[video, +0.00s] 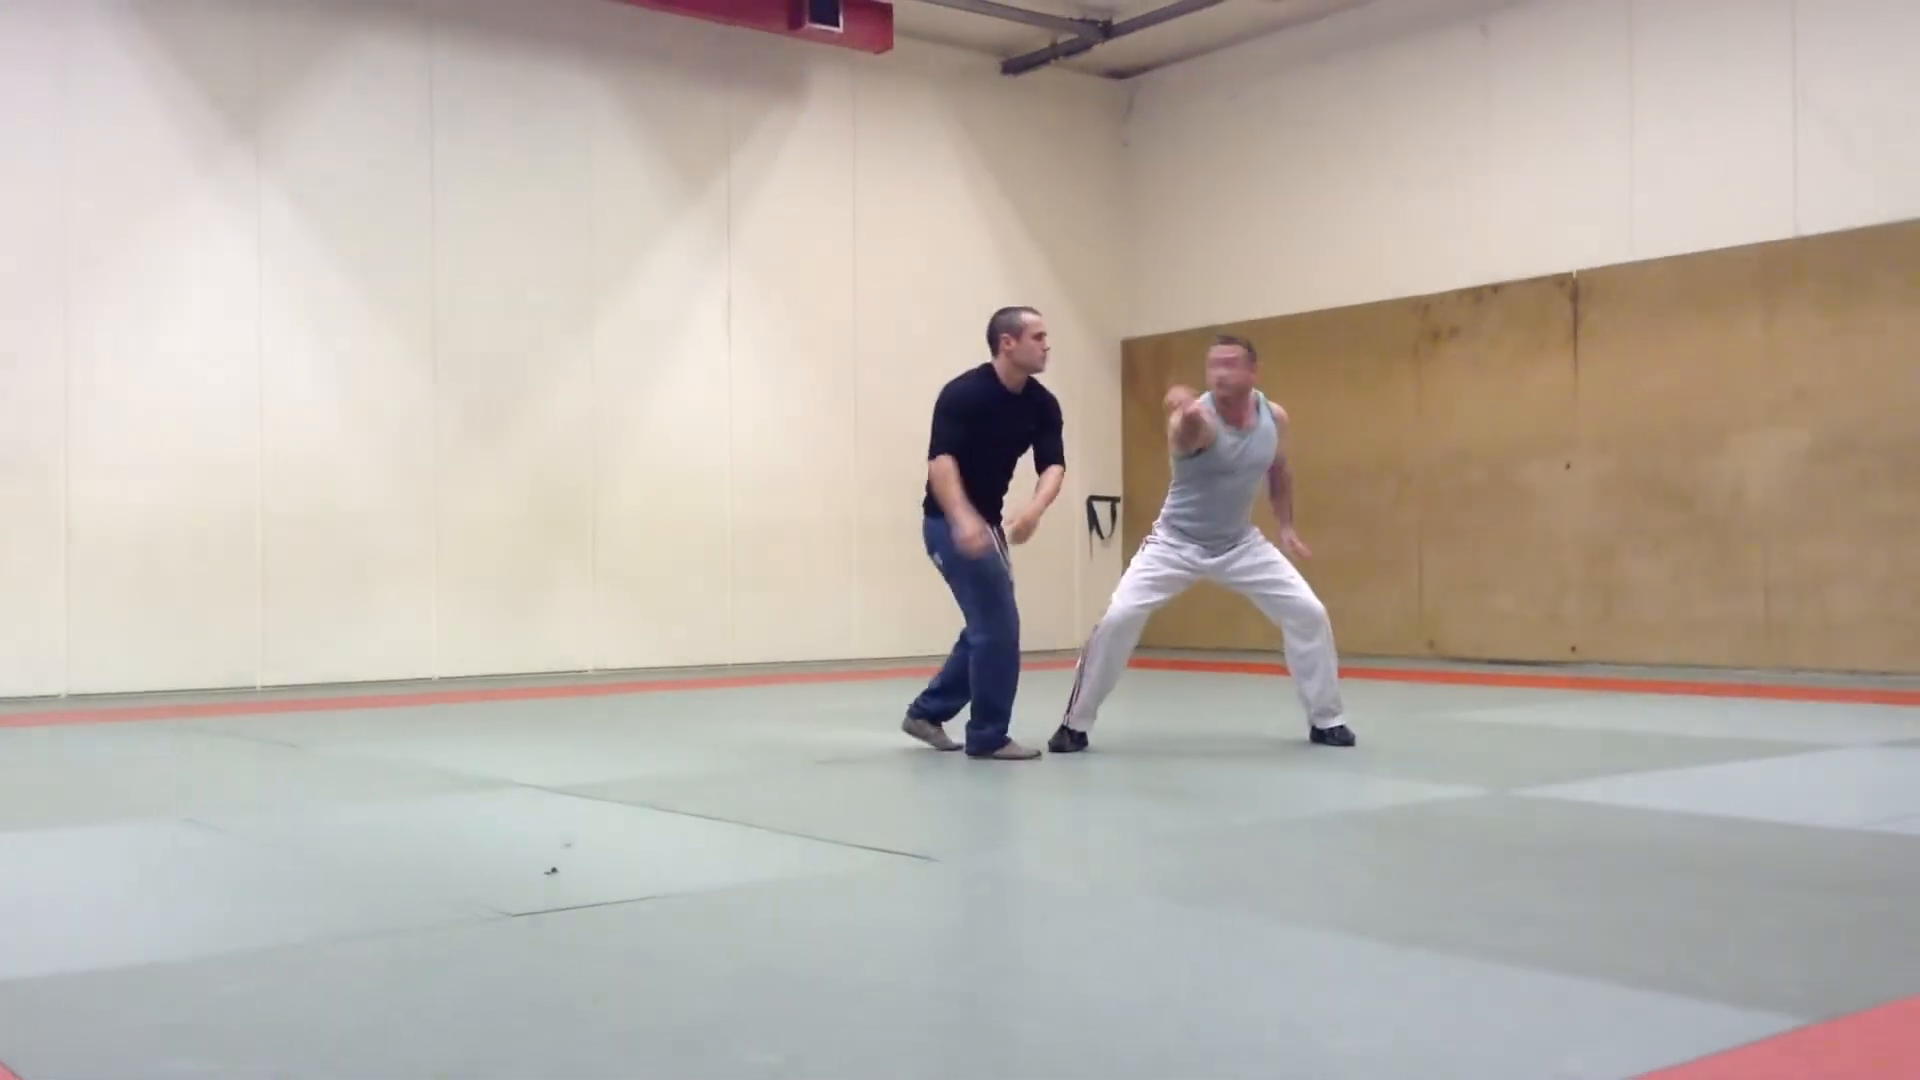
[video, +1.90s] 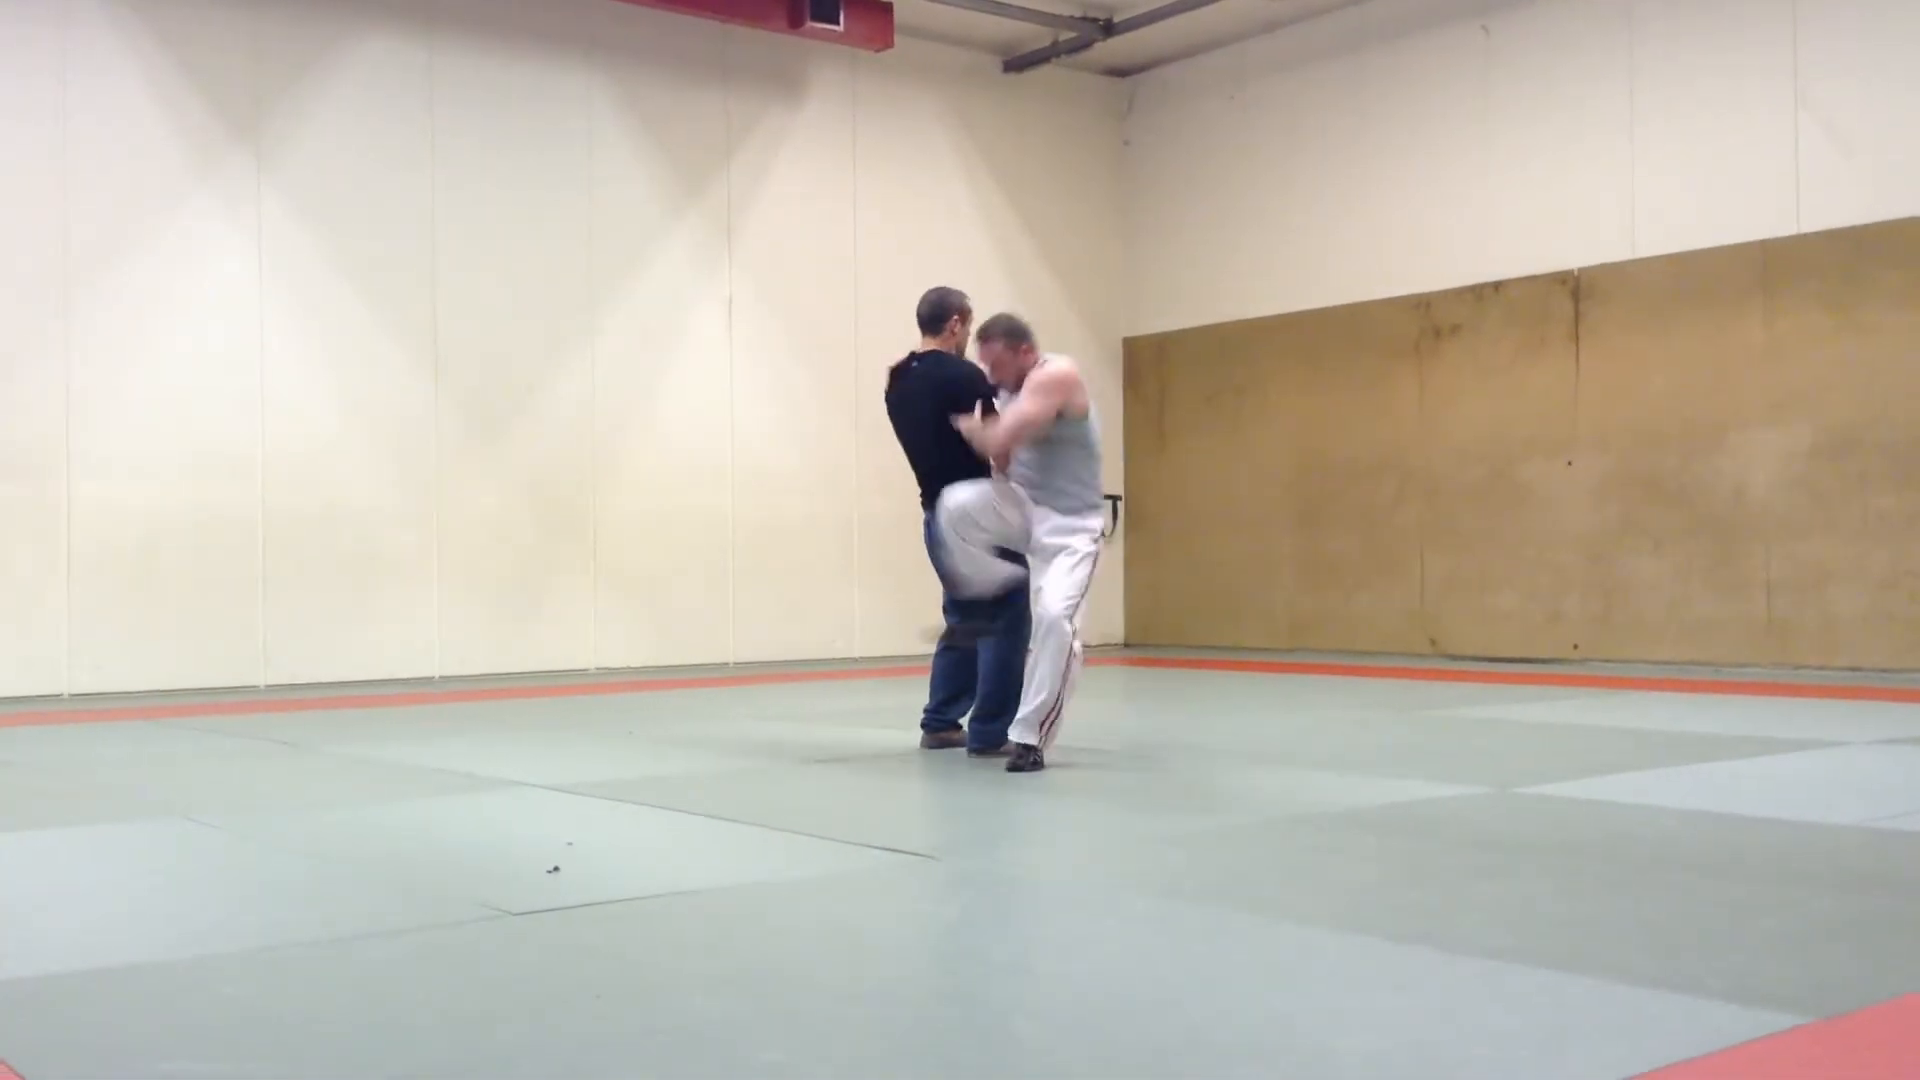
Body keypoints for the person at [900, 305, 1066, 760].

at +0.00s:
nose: (1047, 346)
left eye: (1046, 338)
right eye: (1037, 338)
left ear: (1018, 344)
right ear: (1007, 343)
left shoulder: (1041, 403)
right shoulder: (962, 394)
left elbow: (1052, 467)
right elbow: (941, 465)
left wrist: (1034, 510)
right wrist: (964, 518)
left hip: (989, 522)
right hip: (950, 521)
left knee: (990, 625)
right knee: (998, 623)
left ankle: (926, 713)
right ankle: (987, 737)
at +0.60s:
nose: (1061, 340)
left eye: (1060, 331)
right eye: (1056, 331)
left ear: (1025, 334)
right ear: (1031, 335)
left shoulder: (1006, 379)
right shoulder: (1004, 385)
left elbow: (1016, 460)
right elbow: (1002, 468)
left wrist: (1049, 501)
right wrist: (1030, 523)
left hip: (955, 517)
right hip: (969, 521)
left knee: (969, 622)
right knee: (999, 626)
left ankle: (937, 722)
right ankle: (987, 739)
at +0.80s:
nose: (1037, 337)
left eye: (1036, 328)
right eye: (1035, 328)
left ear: (988, 328)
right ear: (1024, 329)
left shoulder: (964, 371)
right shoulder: (1007, 382)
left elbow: (950, 445)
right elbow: (1021, 462)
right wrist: (1056, 520)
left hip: (942, 517)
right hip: (976, 523)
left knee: (960, 623)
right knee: (1000, 628)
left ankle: (937, 726)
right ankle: (987, 740)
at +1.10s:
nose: (971, 331)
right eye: (970, 324)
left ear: (927, 332)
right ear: (969, 326)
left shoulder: (907, 389)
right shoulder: (992, 375)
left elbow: (898, 467)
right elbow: (1030, 443)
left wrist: (911, 517)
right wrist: (1057, 490)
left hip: (942, 527)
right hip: (988, 526)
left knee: (958, 627)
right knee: (1004, 629)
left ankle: (937, 728)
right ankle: (987, 740)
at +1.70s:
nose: (966, 334)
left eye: (964, 327)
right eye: (965, 327)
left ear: (918, 330)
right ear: (954, 326)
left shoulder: (898, 390)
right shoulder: (968, 375)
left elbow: (910, 464)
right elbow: (1004, 447)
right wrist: (1028, 488)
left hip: (937, 526)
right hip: (978, 524)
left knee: (961, 623)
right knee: (1006, 622)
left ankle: (939, 724)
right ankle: (989, 730)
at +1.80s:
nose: (970, 333)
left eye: (970, 326)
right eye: (969, 326)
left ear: (923, 327)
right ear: (956, 324)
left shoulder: (899, 380)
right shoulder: (963, 373)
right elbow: (1003, 455)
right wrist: (1030, 488)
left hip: (936, 521)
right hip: (977, 521)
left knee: (960, 621)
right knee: (1005, 619)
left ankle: (939, 722)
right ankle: (989, 732)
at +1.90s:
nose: (970, 333)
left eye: (969, 325)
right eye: (969, 325)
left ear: (923, 326)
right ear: (957, 324)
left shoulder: (898, 380)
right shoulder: (964, 376)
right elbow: (996, 445)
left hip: (937, 515)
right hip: (979, 511)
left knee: (963, 617)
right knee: (1009, 616)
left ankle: (940, 721)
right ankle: (990, 732)